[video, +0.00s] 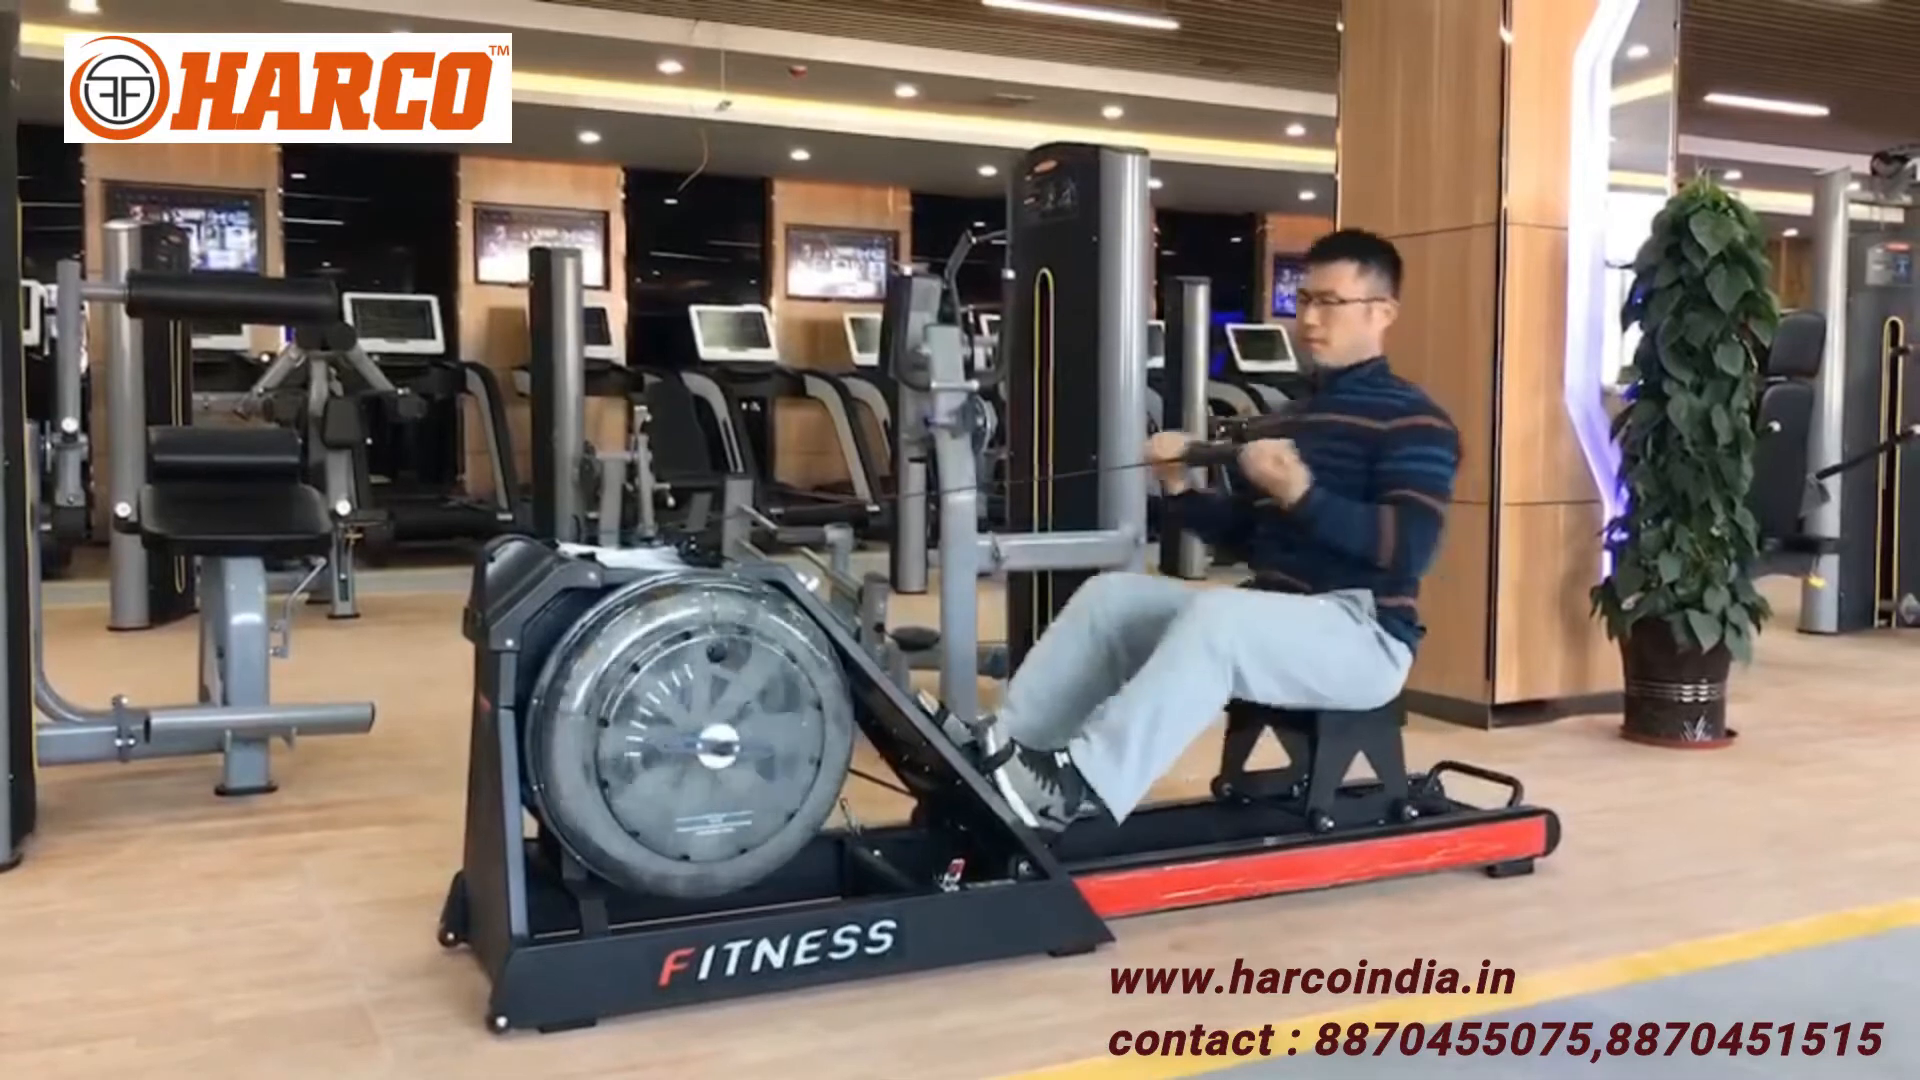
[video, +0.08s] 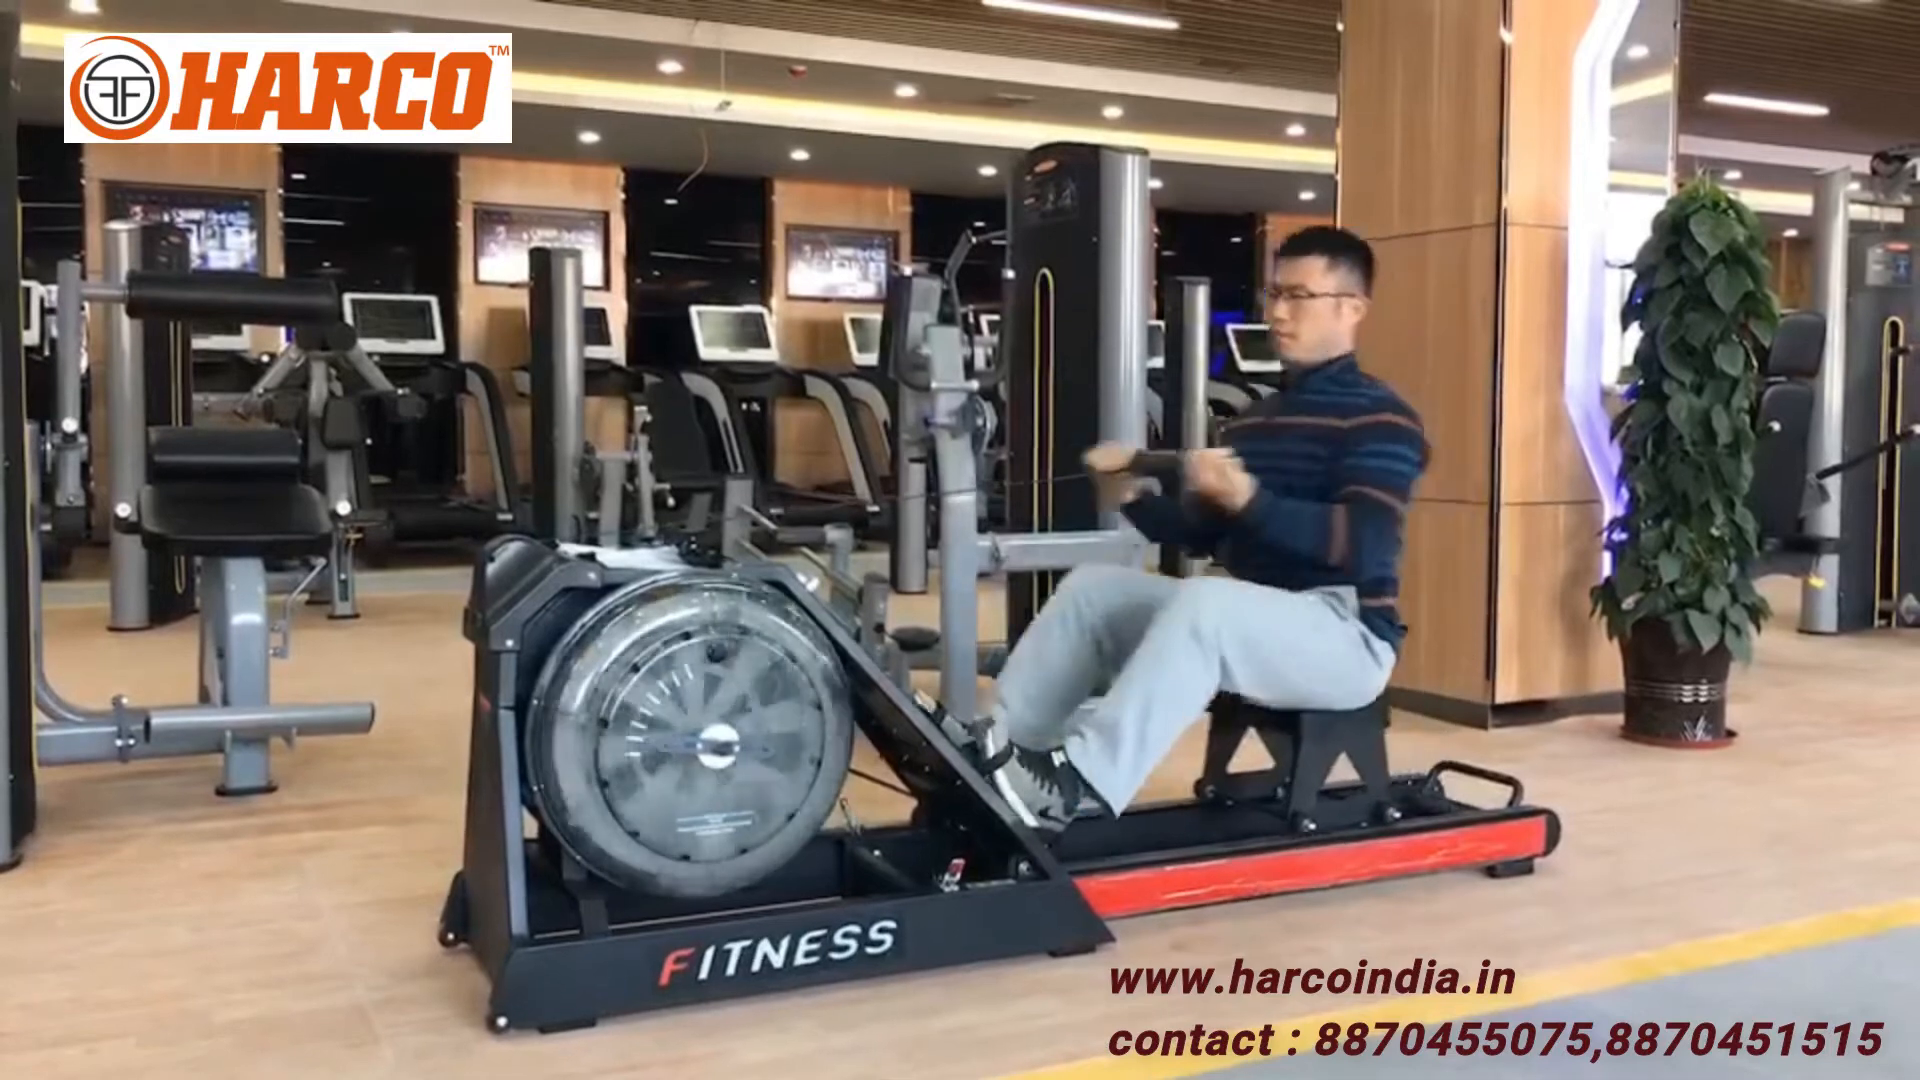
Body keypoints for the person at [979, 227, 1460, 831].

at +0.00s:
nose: (1307, 318)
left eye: (1328, 303)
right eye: (1303, 301)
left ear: (1381, 315)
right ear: (1294, 307)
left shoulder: (1416, 422)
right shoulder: (1294, 415)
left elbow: (1408, 547)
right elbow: (1246, 531)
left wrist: (1299, 495)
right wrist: (1173, 489)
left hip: (1363, 632)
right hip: (1270, 611)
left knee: (1214, 622)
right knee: (1110, 598)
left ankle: (1080, 786)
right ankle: (1001, 749)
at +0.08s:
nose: (1277, 311)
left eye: (1296, 296)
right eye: (1274, 295)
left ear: (1352, 311)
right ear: (1266, 301)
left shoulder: (1382, 419)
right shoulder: (1260, 420)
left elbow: (1365, 542)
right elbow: (1202, 530)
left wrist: (1252, 501)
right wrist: (1131, 493)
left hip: (1348, 637)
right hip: (1251, 618)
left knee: (1205, 607)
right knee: (1091, 591)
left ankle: (1081, 781)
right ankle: (1000, 751)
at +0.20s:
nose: (1220, 307)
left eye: (1241, 292)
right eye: (1219, 291)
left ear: (1295, 309)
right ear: (1213, 300)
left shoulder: (1322, 416)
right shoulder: (1205, 414)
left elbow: (1264, 523)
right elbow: (1138, 504)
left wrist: (1141, 508)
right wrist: (1033, 488)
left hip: (1307, 638)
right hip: (1207, 613)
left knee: (1168, 588)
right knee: (1050, 578)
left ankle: (1058, 778)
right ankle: (973, 742)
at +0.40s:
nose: (1164, 301)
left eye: (1185, 287)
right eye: (1165, 286)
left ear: (1237, 307)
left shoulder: (1258, 404)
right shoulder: (1145, 408)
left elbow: (1158, 482)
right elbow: (1058, 474)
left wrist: (1031, 510)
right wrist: (933, 498)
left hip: (1255, 645)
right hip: (1156, 623)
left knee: (1123, 566)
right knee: (992, 556)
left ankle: (1040, 782)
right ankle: (972, 742)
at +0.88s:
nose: (1229, 310)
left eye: (1249, 297)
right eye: (1227, 297)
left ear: (1301, 315)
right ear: (1220, 306)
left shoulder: (1317, 414)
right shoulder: (1199, 416)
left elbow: (1225, 490)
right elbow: (1113, 486)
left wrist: (1104, 506)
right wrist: (997, 484)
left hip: (1285, 639)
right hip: (1190, 615)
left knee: (1146, 580)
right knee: (1038, 575)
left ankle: (1043, 787)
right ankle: (967, 750)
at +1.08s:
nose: (1301, 330)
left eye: (1320, 316)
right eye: (1297, 315)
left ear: (1375, 326)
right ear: (1289, 321)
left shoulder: (1390, 419)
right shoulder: (1273, 422)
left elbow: (1318, 510)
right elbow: (1206, 516)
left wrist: (1205, 488)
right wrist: (1103, 495)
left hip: (1340, 633)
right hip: (1252, 615)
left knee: (1191, 614)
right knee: (1087, 593)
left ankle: (1056, 789)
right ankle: (974, 752)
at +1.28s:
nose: (1372, 347)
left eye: (1392, 331)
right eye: (1366, 331)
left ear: (1444, 341)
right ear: (1359, 335)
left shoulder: (1461, 435)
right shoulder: (1346, 432)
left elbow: (1417, 540)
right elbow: (1280, 538)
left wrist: (1311, 497)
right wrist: (1200, 496)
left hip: (1387, 641)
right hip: (1308, 620)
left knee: (1222, 662)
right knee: (1132, 633)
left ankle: (1070, 800)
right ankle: (990, 753)